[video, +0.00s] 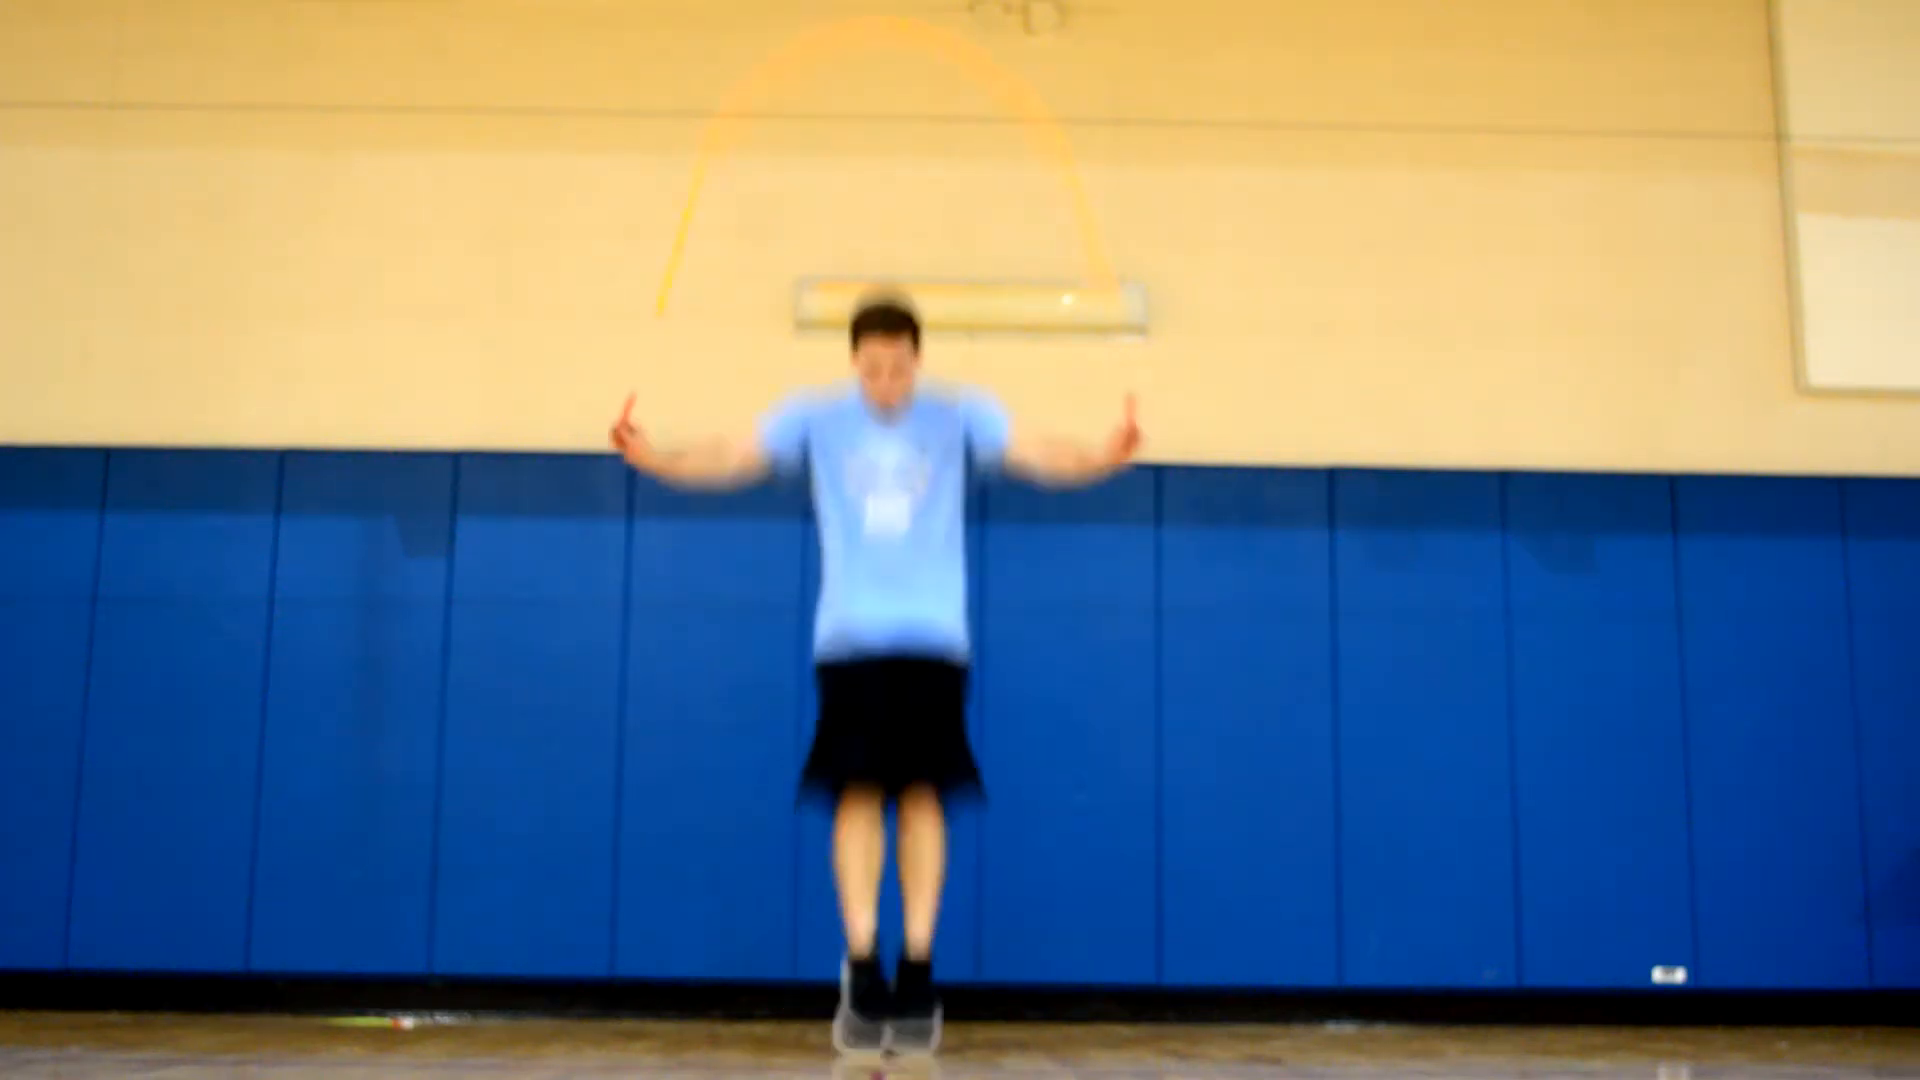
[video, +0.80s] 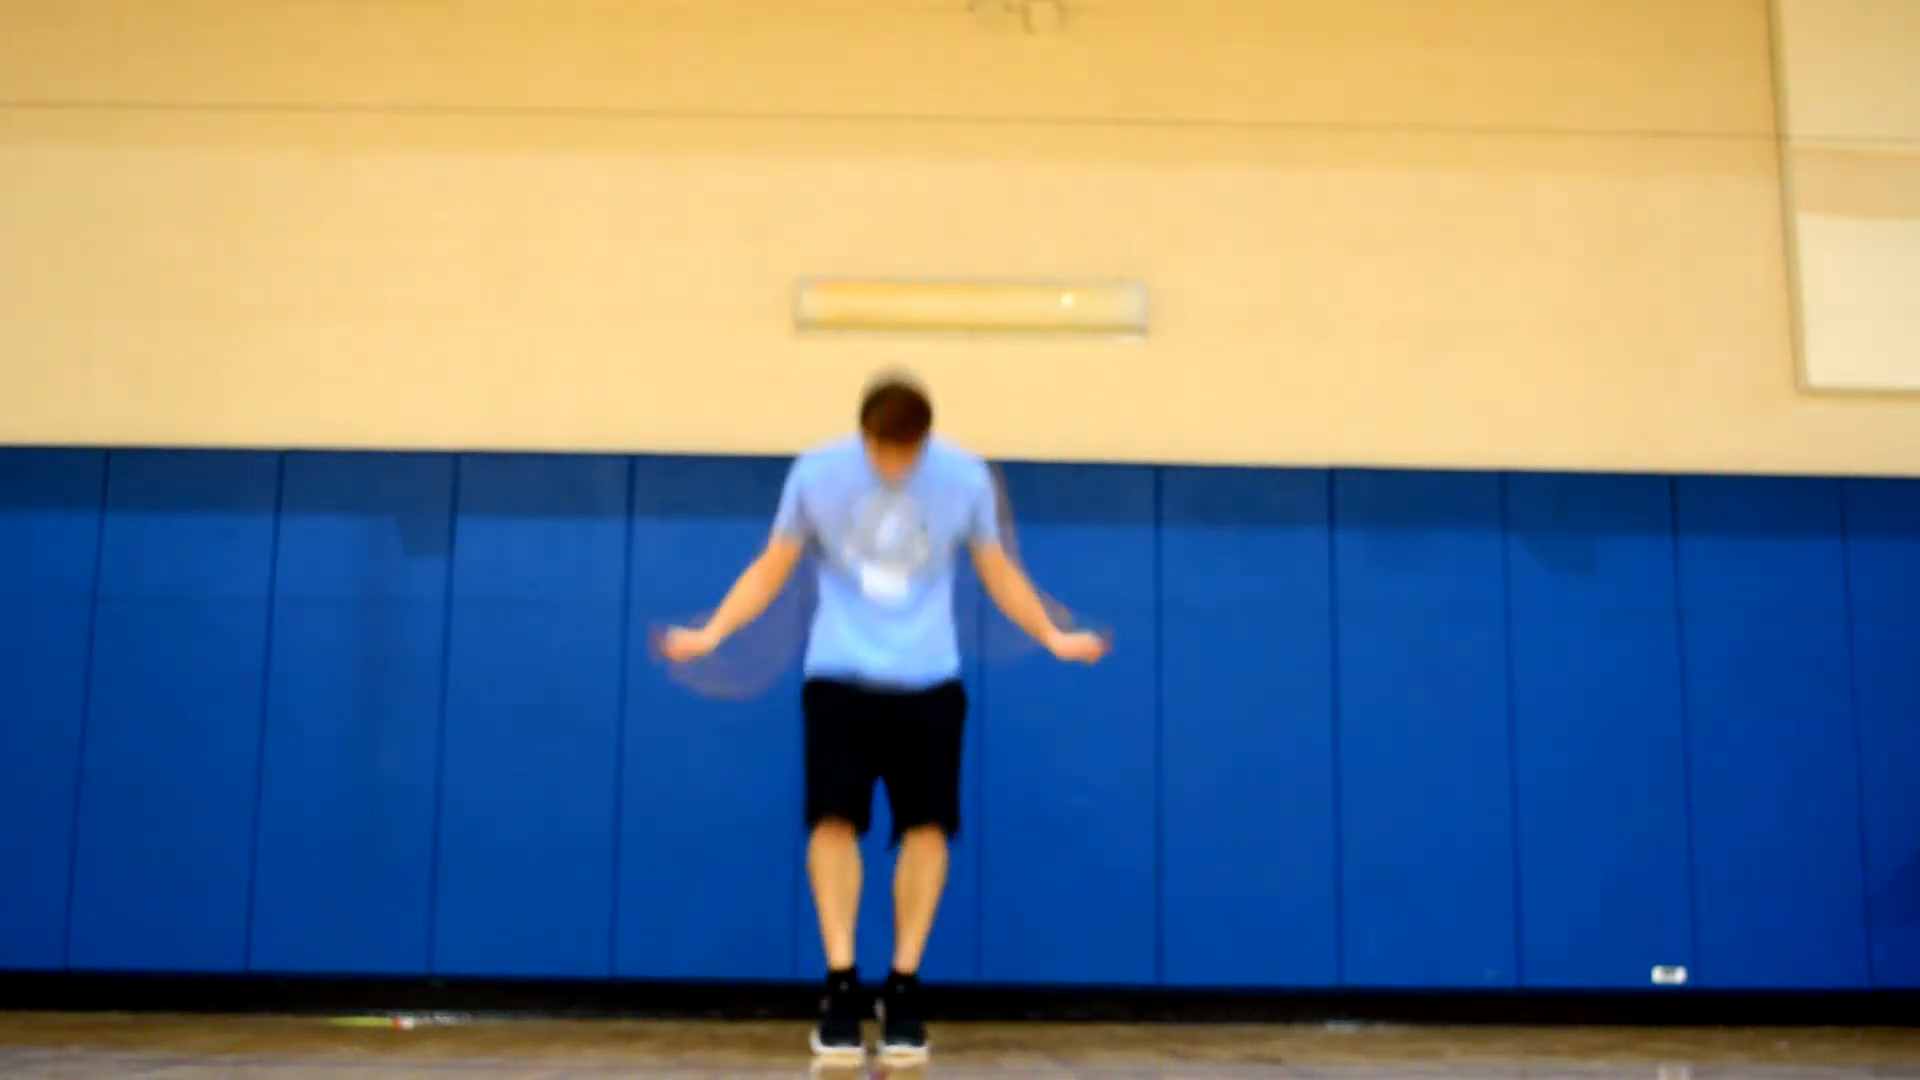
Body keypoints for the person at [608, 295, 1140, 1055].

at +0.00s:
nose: (888, 382)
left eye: (899, 367)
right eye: (876, 367)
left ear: (919, 362)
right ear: (854, 363)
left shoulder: (958, 415)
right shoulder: (818, 419)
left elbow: (1041, 457)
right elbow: (730, 458)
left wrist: (1106, 454)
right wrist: (649, 455)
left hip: (933, 640)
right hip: (851, 639)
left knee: (922, 798)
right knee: (859, 797)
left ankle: (917, 972)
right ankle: (863, 967)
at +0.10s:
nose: (891, 324)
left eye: (904, 310)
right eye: (880, 309)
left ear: (925, 295)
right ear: (860, 294)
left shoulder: (960, 343)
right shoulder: (819, 341)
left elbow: (1031, 427)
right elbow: (744, 424)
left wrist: (1088, 502)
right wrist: (675, 492)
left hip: (931, 538)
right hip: (848, 536)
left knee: (920, 665)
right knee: (863, 658)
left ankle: (917, 827)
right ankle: (878, 822)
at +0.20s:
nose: (893, 342)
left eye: (904, 326)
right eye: (881, 328)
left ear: (922, 317)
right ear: (861, 318)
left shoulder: (955, 354)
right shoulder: (818, 349)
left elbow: (990, 459)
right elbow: (784, 452)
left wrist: (979, 557)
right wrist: (791, 556)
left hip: (928, 461)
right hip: (848, 458)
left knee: (914, 559)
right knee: (863, 552)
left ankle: (920, 682)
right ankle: (872, 672)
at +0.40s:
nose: (889, 475)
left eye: (900, 466)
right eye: (879, 465)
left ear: (920, 439)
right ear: (858, 438)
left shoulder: (962, 436)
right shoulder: (816, 431)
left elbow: (952, 540)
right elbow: (826, 530)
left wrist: (903, 581)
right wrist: (854, 585)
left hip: (926, 474)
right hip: (851, 471)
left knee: (909, 549)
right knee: (864, 538)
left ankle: (903, 700)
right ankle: (860, 689)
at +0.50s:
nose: (894, 498)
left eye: (906, 490)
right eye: (885, 487)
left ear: (929, 466)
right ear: (864, 461)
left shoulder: (965, 465)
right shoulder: (816, 460)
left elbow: (974, 562)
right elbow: (795, 563)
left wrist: (980, 645)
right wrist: (770, 654)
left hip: (922, 547)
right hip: (847, 540)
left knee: (910, 670)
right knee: (850, 657)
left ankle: (904, 841)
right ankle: (852, 834)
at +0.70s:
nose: (896, 555)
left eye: (908, 546)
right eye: (887, 543)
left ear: (930, 528)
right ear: (867, 519)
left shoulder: (964, 548)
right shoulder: (817, 544)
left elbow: (989, 604)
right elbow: (759, 601)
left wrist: (1071, 634)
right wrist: (665, 634)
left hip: (925, 724)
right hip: (833, 721)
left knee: (938, 867)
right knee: (818, 862)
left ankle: (898, 1010)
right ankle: (837, 1012)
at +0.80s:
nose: (892, 467)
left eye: (903, 457)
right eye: (881, 455)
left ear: (924, 441)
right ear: (863, 437)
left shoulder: (964, 478)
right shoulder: (818, 474)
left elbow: (996, 567)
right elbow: (774, 565)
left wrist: (1052, 635)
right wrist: (711, 632)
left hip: (928, 680)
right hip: (839, 677)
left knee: (927, 828)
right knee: (833, 822)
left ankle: (902, 995)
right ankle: (842, 991)